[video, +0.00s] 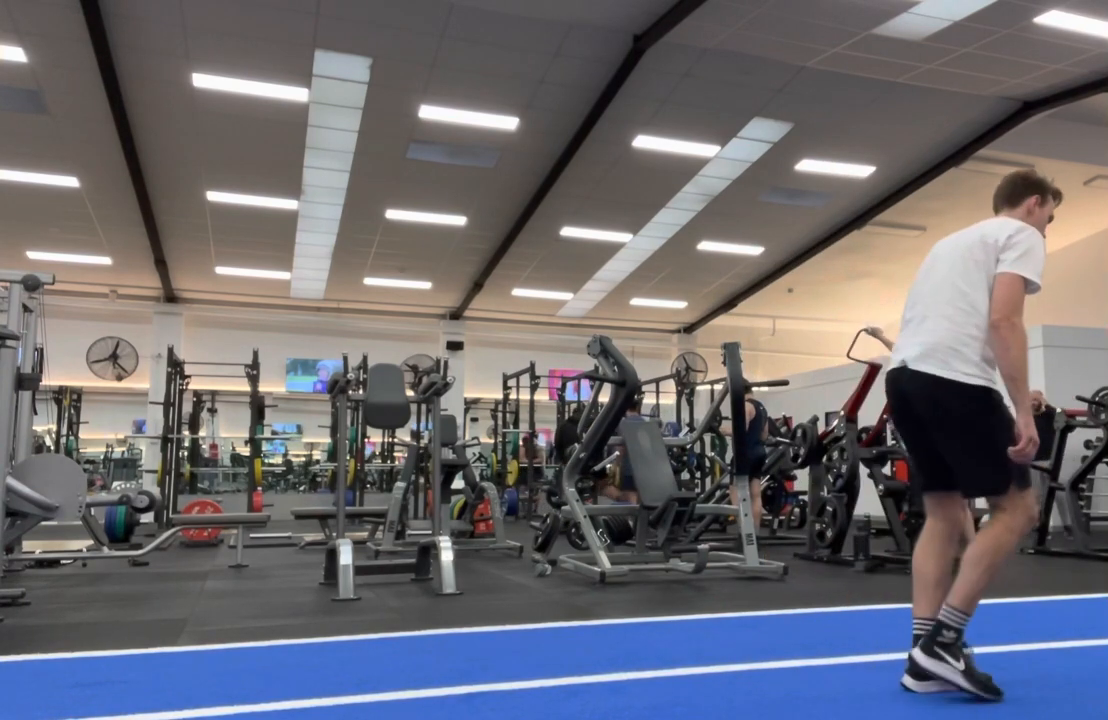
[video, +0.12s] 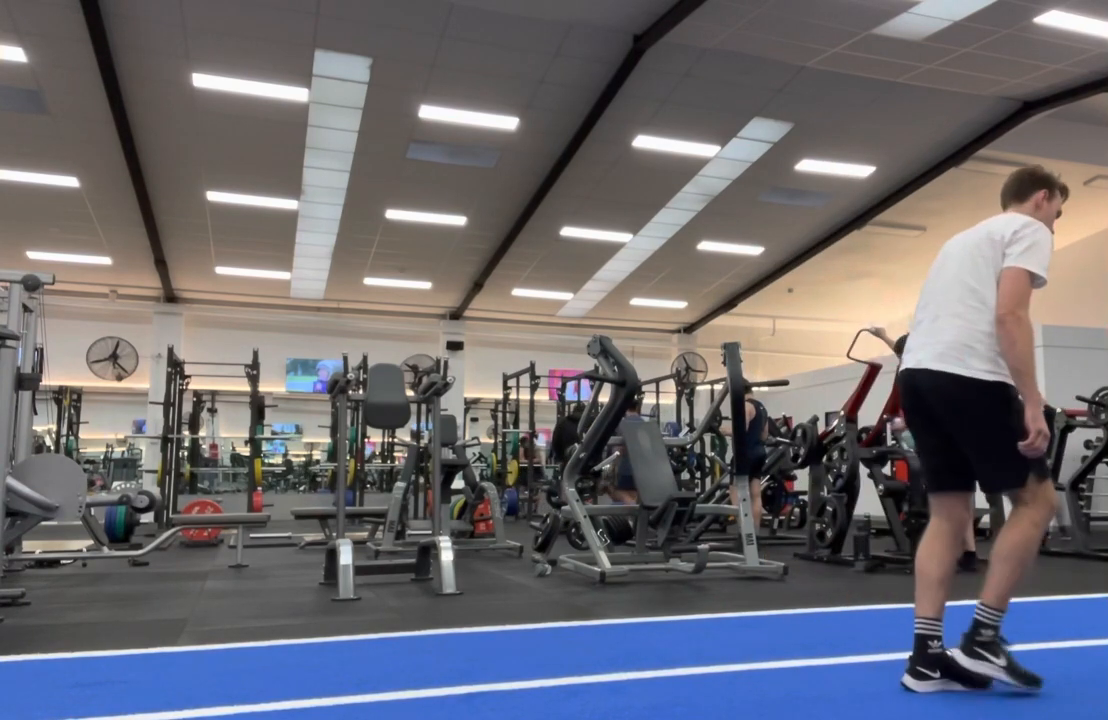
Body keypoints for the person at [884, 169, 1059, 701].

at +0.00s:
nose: (1047, 228)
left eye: (1051, 220)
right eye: (1049, 218)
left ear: (1003, 204)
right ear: (1034, 204)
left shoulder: (951, 245)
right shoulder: (1021, 234)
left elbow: (931, 330)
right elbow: (1004, 318)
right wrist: (1024, 409)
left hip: (905, 380)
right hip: (957, 381)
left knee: (944, 517)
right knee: (1017, 508)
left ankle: (925, 655)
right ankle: (945, 637)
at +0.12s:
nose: (1055, 224)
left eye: (1059, 216)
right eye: (1057, 214)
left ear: (1012, 199)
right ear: (1043, 198)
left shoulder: (961, 242)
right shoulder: (1029, 229)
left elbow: (928, 326)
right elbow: (1010, 312)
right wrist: (1033, 402)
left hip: (918, 379)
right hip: (974, 380)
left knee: (949, 517)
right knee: (1037, 500)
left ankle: (926, 655)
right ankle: (983, 638)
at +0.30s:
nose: (1089, 221)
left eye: (1091, 214)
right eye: (1090, 212)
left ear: (1042, 200)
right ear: (1074, 200)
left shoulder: (993, 242)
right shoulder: (1061, 230)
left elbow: (968, 326)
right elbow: (1041, 313)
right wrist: (1071, 404)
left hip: (953, 384)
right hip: (1007, 386)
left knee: (973, 516)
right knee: (1039, 521)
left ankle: (931, 649)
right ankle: (1058, 656)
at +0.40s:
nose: (1106, 231)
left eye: (1106, 225)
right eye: (1107, 223)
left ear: (1062, 212)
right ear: (1096, 214)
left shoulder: (1016, 247)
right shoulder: (1083, 241)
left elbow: (997, 333)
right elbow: (1067, 326)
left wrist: (1050, 402)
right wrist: (1092, 416)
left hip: (967, 380)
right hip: (1022, 384)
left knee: (1011, 511)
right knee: (1060, 515)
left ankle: (955, 618)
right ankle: (1063, 656)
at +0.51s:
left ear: (1083, 225)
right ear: (1107, 231)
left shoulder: (1034, 254)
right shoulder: (1099, 251)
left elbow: (993, 339)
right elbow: (1090, 343)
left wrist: (982, 426)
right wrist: (1104, 429)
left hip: (976, 377)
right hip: (1028, 382)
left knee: (1036, 504)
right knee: (1071, 513)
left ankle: (999, 621)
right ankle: (1065, 655)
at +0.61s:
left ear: (1091, 251)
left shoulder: (1048, 269)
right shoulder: (1103, 269)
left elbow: (991, 346)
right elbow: (1102, 358)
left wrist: (979, 433)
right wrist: (1106, 443)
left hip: (982, 375)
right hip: (1036, 381)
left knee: (1047, 508)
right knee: (1078, 511)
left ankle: (1057, 637)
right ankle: (1065, 652)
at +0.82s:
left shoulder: (1083, 297)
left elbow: (999, 362)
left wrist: (971, 448)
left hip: (989, 378)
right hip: (1040, 383)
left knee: (1051, 519)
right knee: (1092, 514)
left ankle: (1093, 635)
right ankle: (1068, 656)